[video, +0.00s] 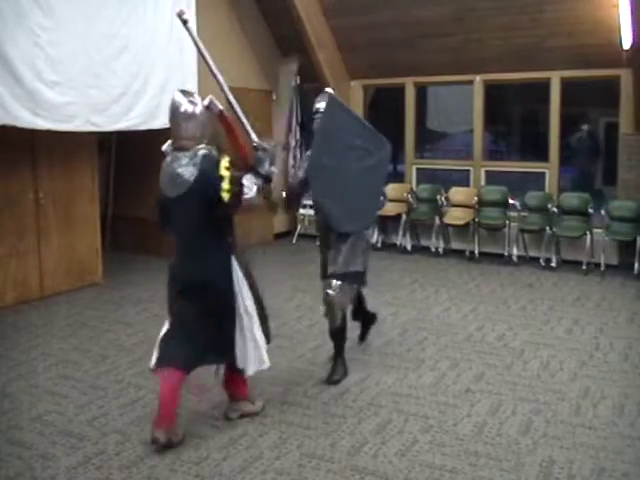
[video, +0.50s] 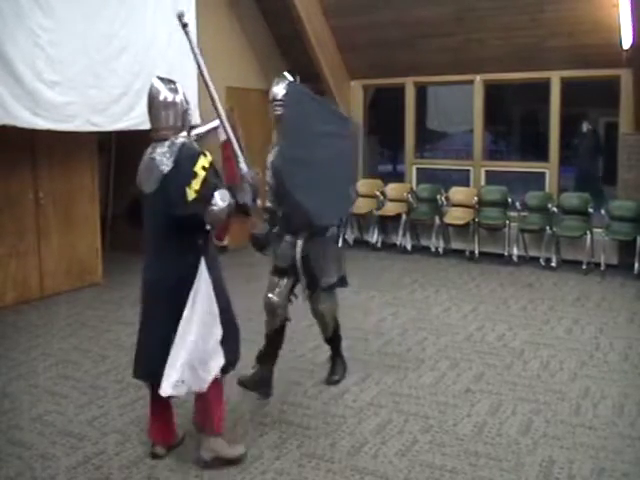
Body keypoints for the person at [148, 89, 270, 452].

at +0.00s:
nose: (208, 128)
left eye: (196, 124)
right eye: (207, 124)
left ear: (175, 134)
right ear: (207, 132)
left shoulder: (168, 167)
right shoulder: (214, 164)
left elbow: (163, 215)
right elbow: (228, 203)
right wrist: (249, 175)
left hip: (184, 262)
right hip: (218, 261)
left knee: (180, 333)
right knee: (236, 324)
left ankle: (164, 423)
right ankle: (239, 398)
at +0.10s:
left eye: (179, 125)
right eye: (199, 127)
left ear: (166, 132)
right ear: (199, 132)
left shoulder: (159, 168)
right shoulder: (206, 164)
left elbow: (156, 221)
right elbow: (229, 196)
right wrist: (245, 160)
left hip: (170, 265)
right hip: (206, 264)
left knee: (167, 343)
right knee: (225, 328)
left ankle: (161, 435)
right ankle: (238, 398)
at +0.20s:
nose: (189, 122)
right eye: (185, 116)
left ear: (152, 126)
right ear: (181, 123)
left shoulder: (152, 162)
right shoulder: (193, 158)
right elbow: (202, 207)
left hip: (163, 266)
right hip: (197, 263)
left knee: (166, 342)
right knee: (219, 324)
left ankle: (161, 435)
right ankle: (226, 394)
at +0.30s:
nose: (187, 118)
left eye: (182, 114)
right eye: (184, 113)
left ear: (150, 122)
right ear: (181, 118)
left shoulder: (152, 159)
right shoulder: (189, 156)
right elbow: (236, 200)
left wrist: (226, 163)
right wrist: (241, 164)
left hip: (162, 263)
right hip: (196, 261)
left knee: (161, 338)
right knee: (213, 326)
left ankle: (161, 433)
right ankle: (219, 402)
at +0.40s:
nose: (185, 114)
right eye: (183, 109)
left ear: (148, 118)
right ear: (182, 114)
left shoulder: (149, 157)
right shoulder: (190, 155)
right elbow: (225, 209)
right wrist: (240, 172)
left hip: (160, 265)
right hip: (195, 264)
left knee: (161, 344)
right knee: (214, 335)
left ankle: (161, 435)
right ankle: (217, 422)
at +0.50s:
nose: (189, 114)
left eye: (183, 109)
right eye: (186, 109)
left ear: (152, 117)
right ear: (184, 114)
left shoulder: (150, 157)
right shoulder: (190, 156)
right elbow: (217, 211)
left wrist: (203, 138)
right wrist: (227, 196)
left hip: (159, 267)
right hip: (194, 267)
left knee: (160, 348)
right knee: (210, 344)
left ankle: (162, 435)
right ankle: (212, 438)